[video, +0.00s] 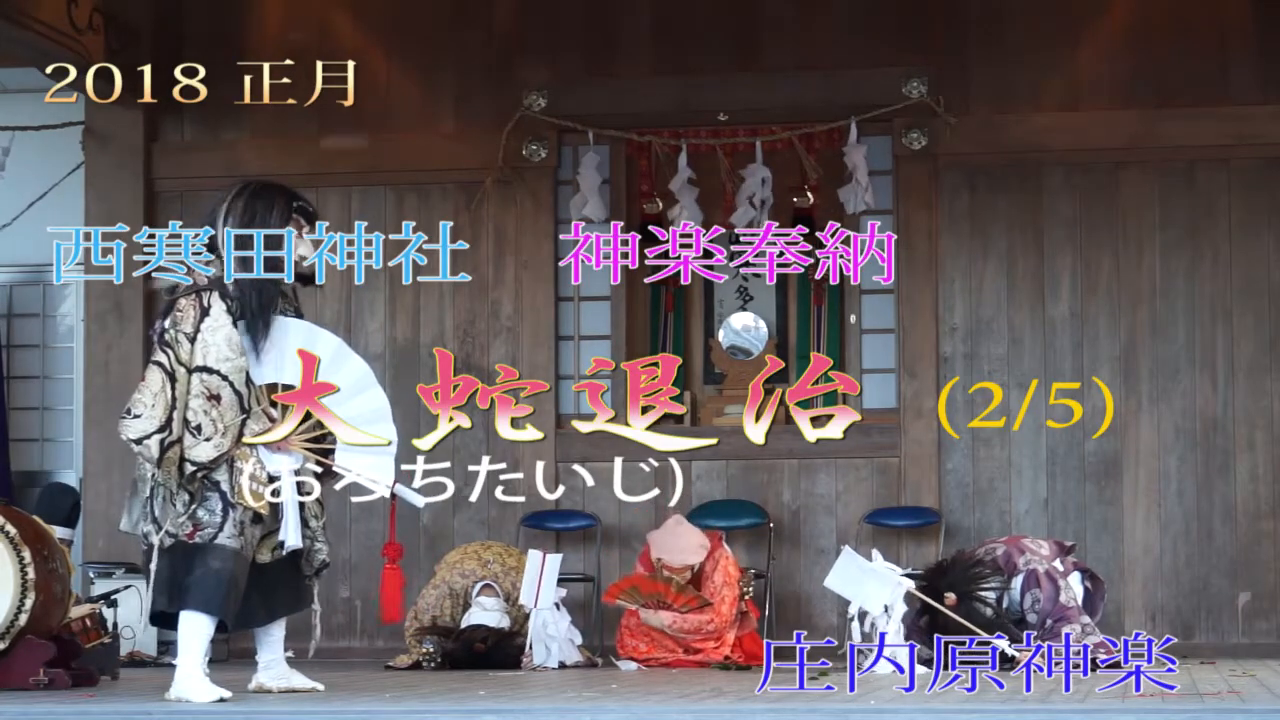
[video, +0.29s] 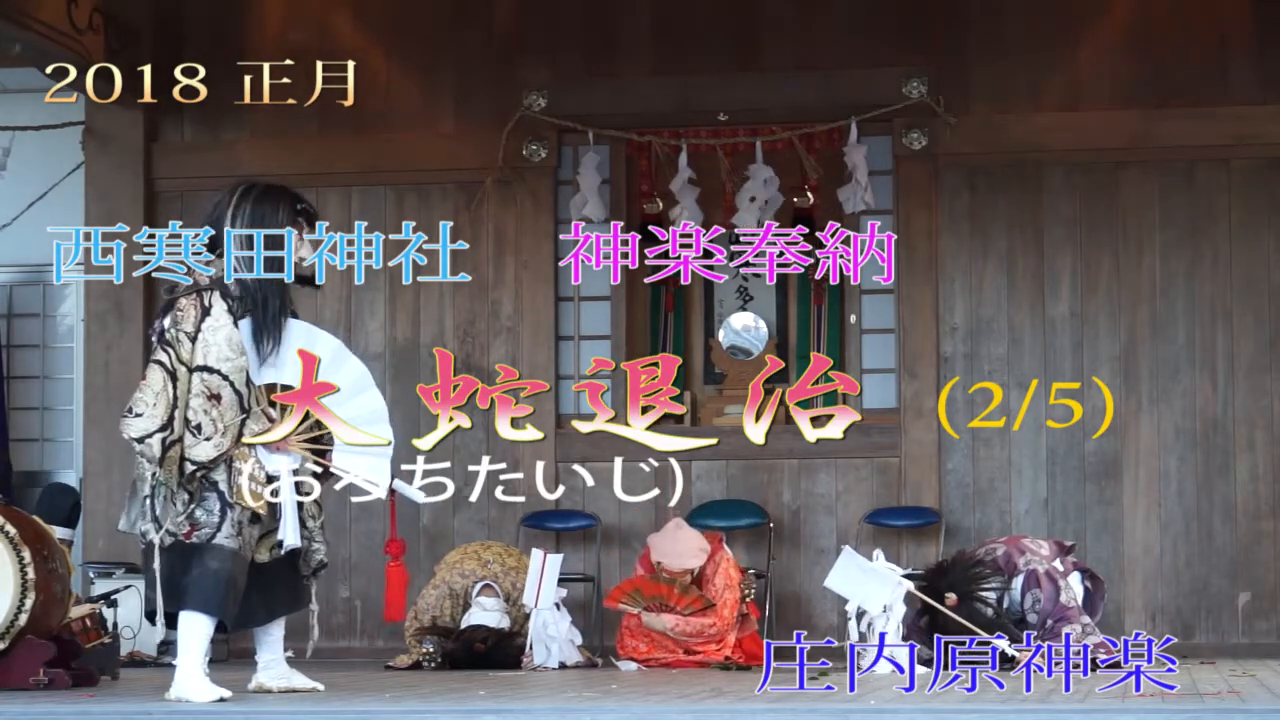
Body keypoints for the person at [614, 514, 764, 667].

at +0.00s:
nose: (675, 579)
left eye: (681, 573)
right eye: (669, 573)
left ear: (695, 564)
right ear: (658, 562)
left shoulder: (719, 560)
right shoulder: (647, 559)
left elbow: (718, 621)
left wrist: (662, 620)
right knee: (630, 625)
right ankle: (711, 654)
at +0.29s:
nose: (676, 582)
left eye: (682, 576)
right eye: (670, 576)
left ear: (695, 567)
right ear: (658, 564)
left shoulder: (720, 563)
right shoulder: (647, 560)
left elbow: (720, 625)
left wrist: (665, 623)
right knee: (631, 640)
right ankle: (711, 652)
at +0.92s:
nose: (681, 585)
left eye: (686, 579)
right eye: (673, 580)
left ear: (697, 568)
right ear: (658, 570)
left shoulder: (718, 565)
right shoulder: (645, 565)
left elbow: (720, 627)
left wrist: (666, 630)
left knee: (720, 647)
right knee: (630, 642)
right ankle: (710, 655)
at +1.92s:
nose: (679, 591)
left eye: (685, 586)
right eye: (672, 586)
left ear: (696, 575)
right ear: (658, 575)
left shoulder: (718, 566)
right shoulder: (644, 569)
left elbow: (721, 635)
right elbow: (629, 644)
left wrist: (671, 636)